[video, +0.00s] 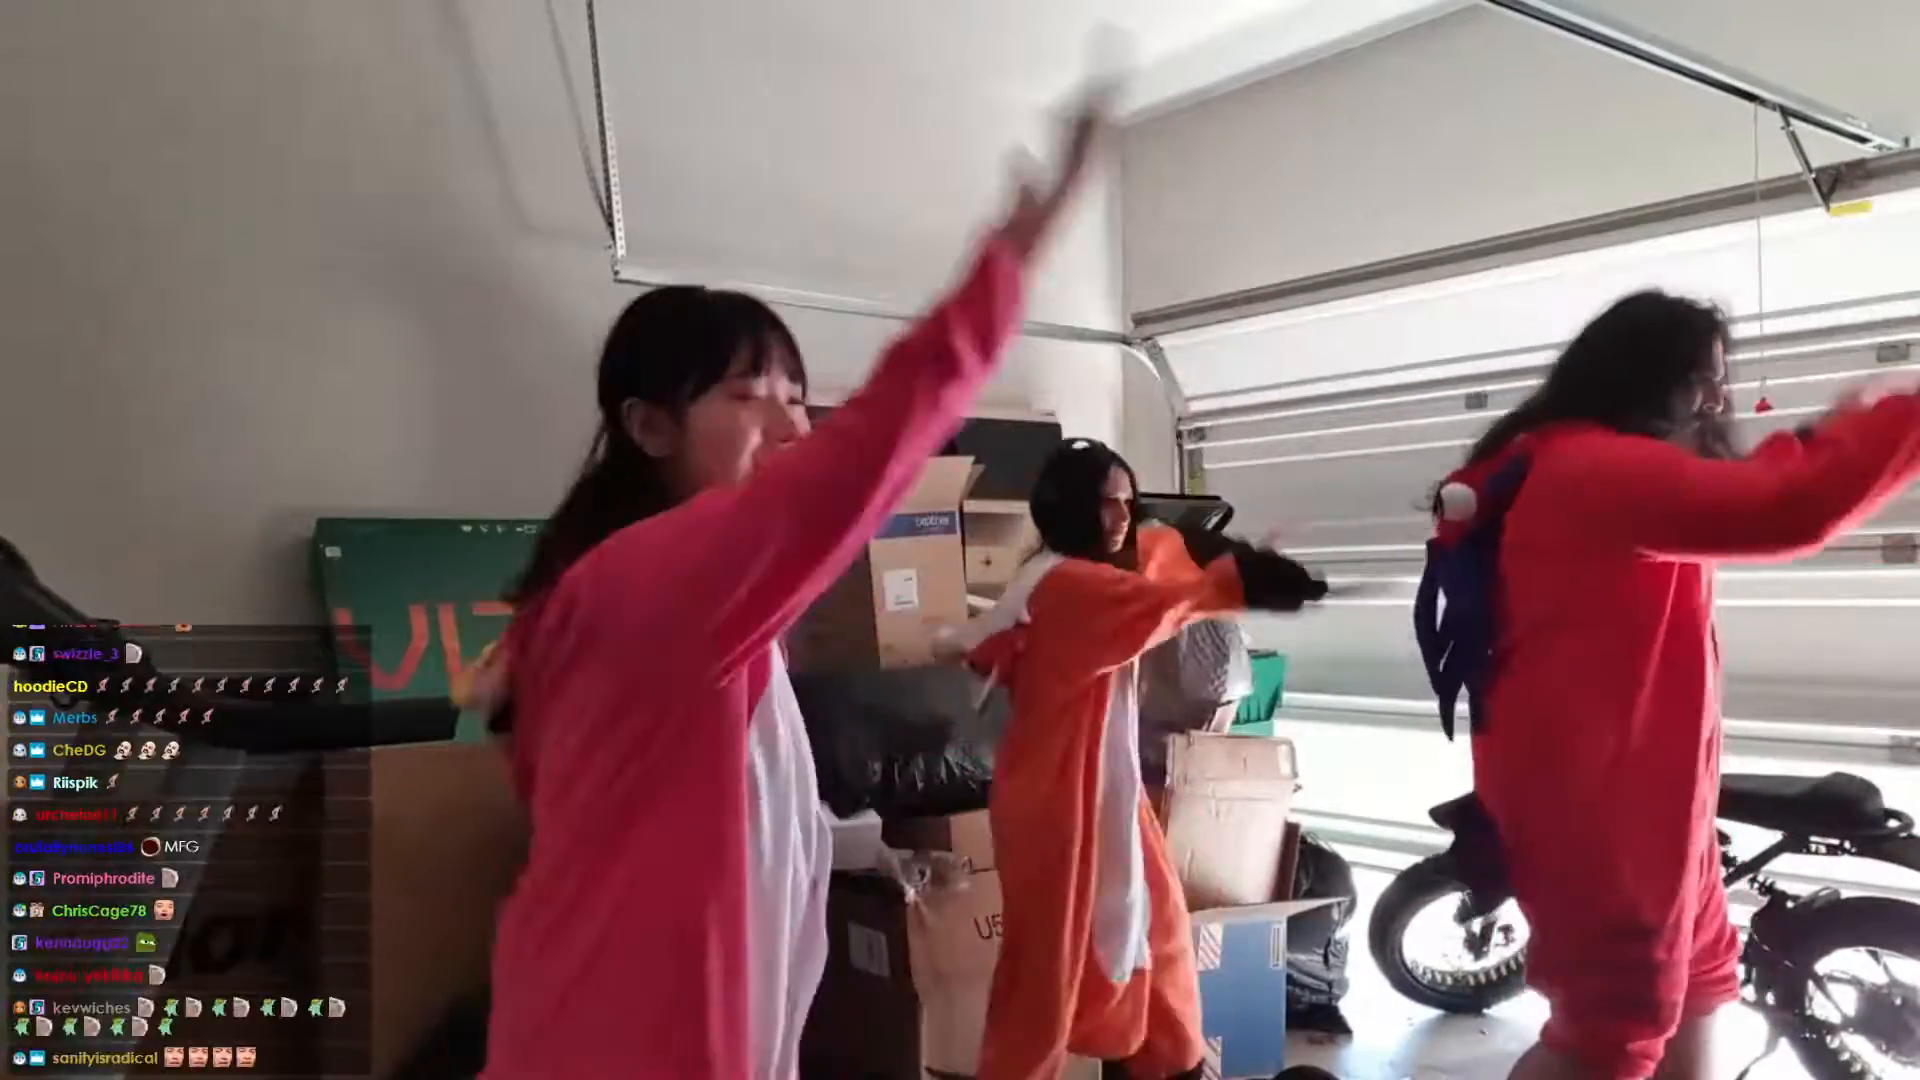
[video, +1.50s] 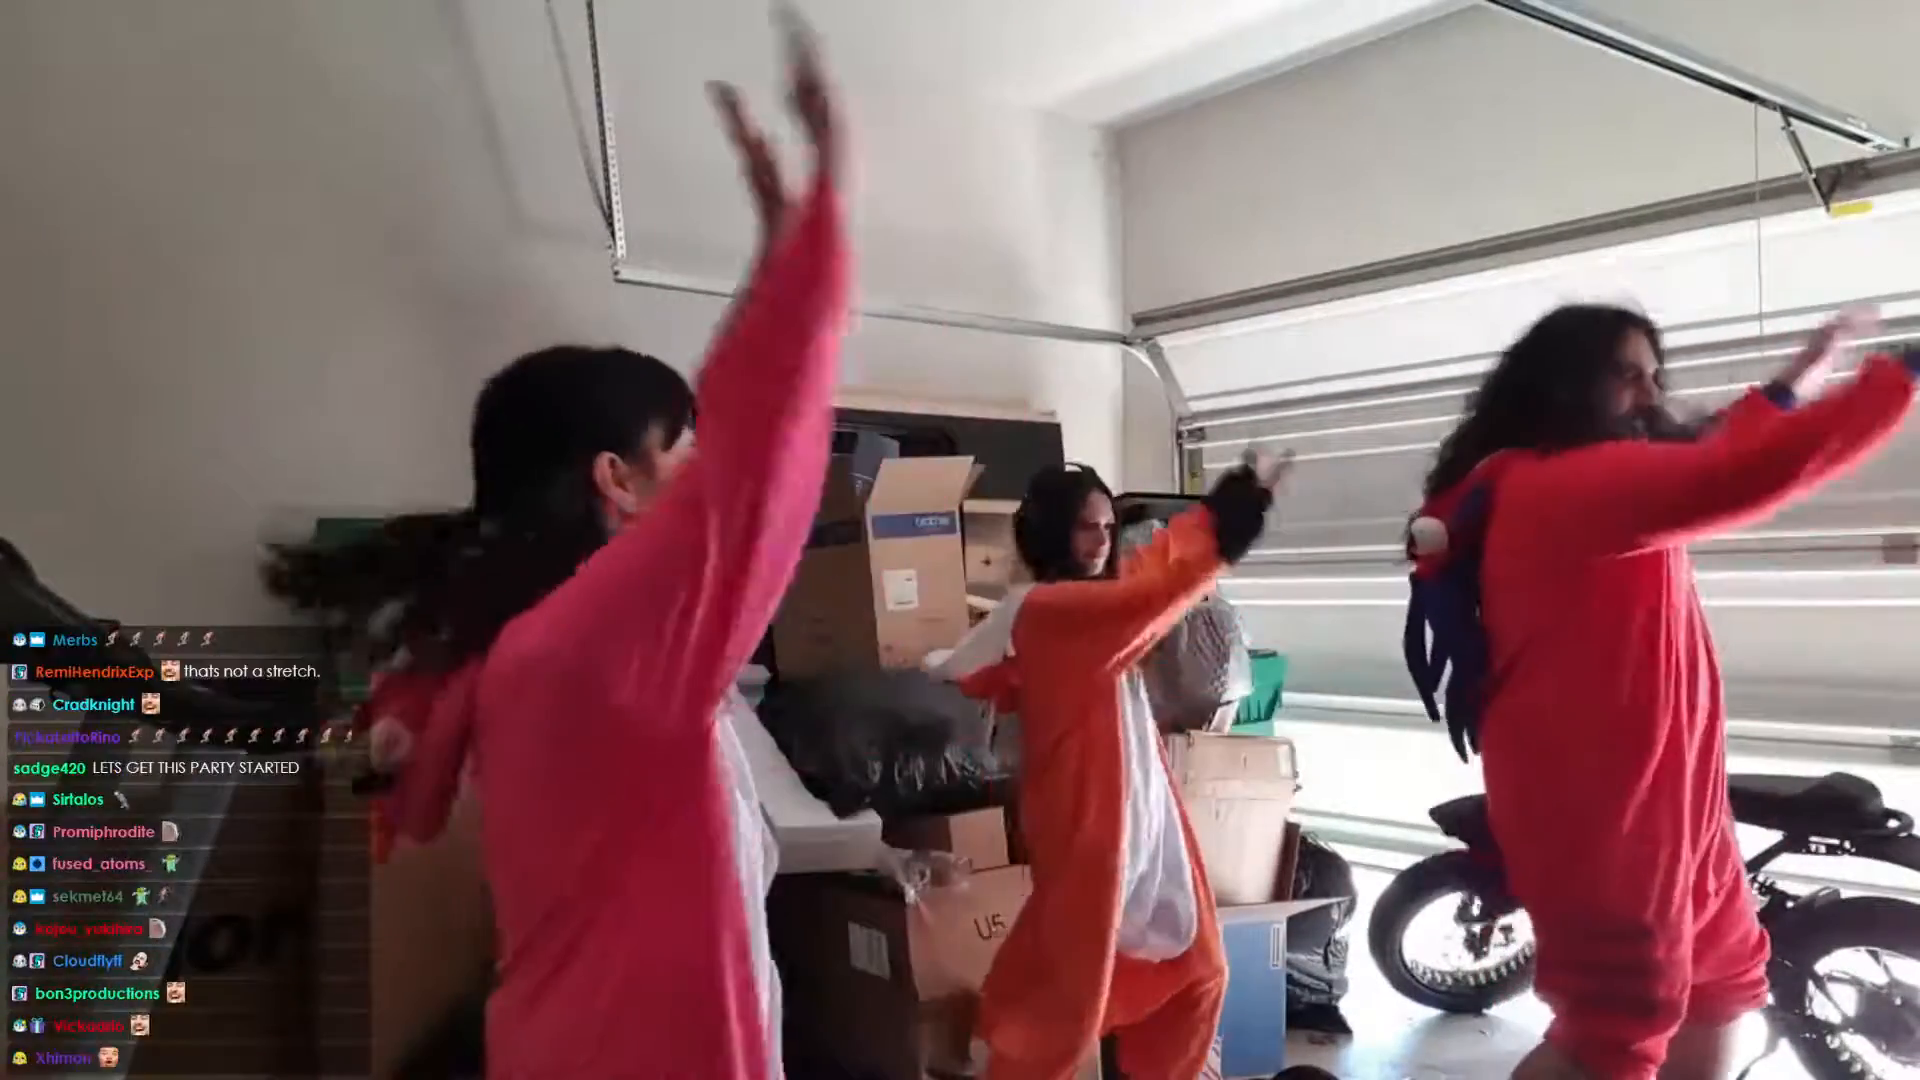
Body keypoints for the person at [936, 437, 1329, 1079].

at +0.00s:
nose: (1121, 517)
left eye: (1127, 502)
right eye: (1107, 504)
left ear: (1133, 503)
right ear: (1070, 508)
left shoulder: (1106, 573)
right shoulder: (1058, 582)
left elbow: (1168, 558)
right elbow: (1149, 602)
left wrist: (1239, 559)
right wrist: (1237, 582)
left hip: (1110, 782)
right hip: (1051, 790)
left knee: (1159, 918)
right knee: (1047, 934)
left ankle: (1167, 1061)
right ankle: (1019, 1068)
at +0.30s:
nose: (1146, 575)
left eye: (1148, 560)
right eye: (1134, 561)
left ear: (1077, 567)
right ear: (1098, 565)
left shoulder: (1074, 635)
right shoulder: (1083, 650)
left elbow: (1104, 765)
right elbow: (1075, 767)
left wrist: (1104, 864)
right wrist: (1058, 876)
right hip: (1002, 853)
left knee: (1148, 978)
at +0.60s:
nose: (1108, 520)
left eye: (1109, 508)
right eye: (1093, 508)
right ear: (1053, 520)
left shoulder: (1085, 594)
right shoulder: (1062, 604)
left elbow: (1140, 554)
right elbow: (1164, 590)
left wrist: (1187, 501)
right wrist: (1236, 536)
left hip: (1140, 810)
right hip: (1091, 816)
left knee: (1186, 967)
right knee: (1069, 977)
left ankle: (1150, 1068)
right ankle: (1028, 1065)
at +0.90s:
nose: (1126, 516)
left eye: (1128, 503)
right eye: (1115, 503)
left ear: (1054, 510)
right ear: (1079, 507)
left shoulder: (1054, 580)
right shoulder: (1061, 584)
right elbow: (1155, 606)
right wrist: (1244, 584)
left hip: (1101, 784)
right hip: (1061, 790)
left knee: (1154, 911)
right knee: (1057, 938)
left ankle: (1165, 1058)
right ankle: (1019, 1067)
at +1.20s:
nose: (1133, 563)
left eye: (1136, 549)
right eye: (1119, 549)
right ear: (1084, 551)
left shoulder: (1080, 628)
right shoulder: (1068, 631)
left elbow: (1112, 752)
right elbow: (1070, 755)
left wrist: (1126, 867)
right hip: (1004, 843)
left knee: (1154, 974)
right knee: (1021, 1013)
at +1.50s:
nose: (1105, 539)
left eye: (1109, 525)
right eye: (1090, 526)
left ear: (1111, 529)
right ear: (1053, 532)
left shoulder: (1086, 605)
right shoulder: (1043, 609)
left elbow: (1159, 571)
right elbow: (1155, 591)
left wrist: (1237, 498)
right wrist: (1241, 503)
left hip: (1143, 805)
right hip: (1084, 813)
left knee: (1197, 971)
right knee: (1067, 981)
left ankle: (1158, 1071)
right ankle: (1019, 1064)